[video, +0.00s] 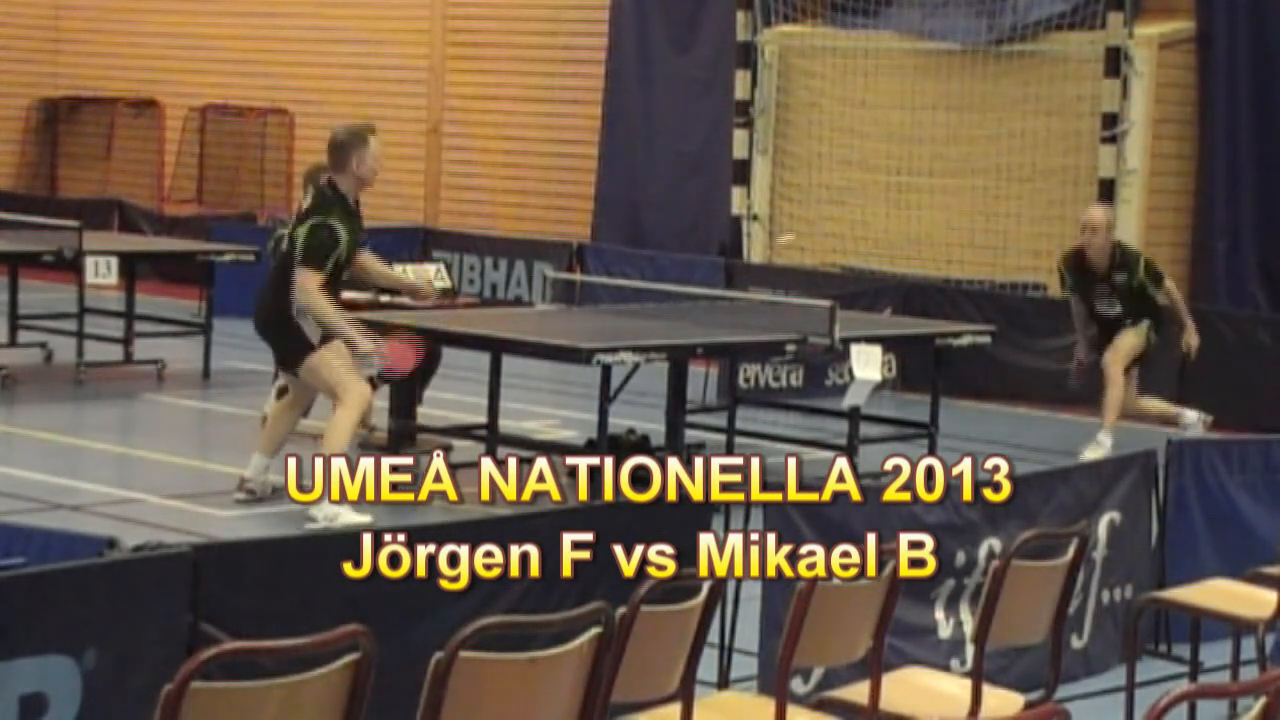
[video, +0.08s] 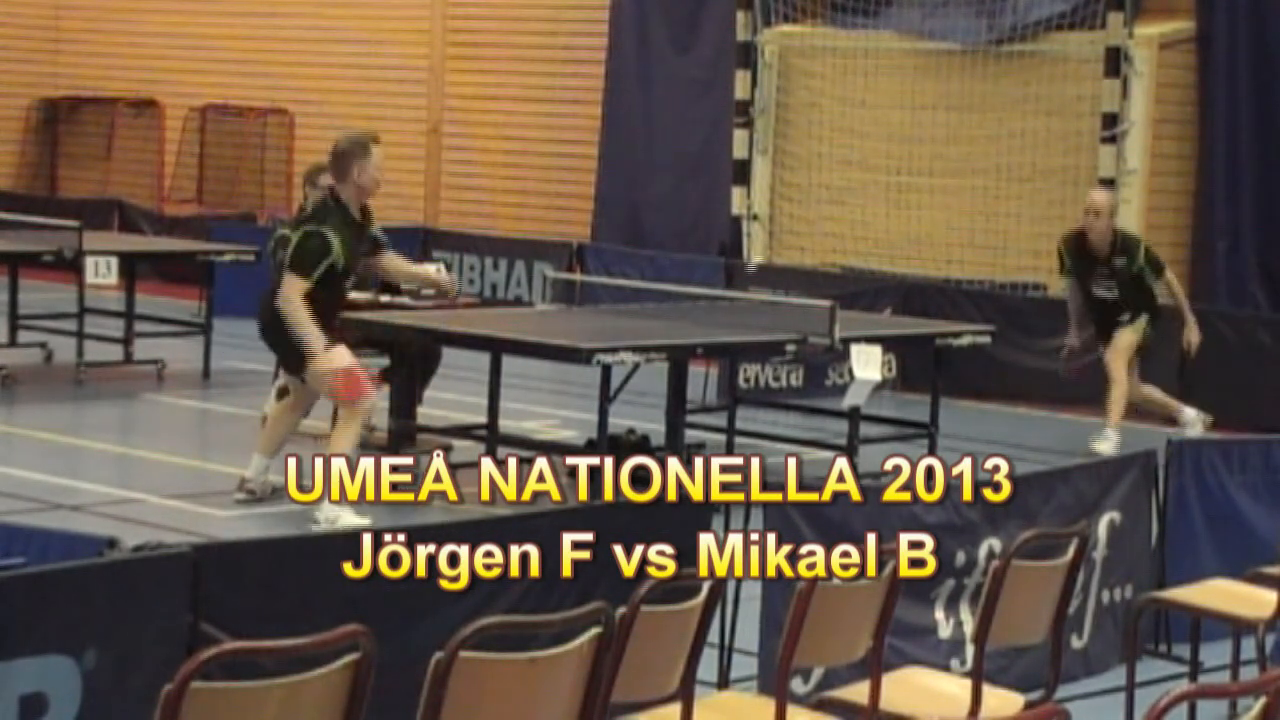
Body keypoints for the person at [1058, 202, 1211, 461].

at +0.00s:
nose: (1088, 238)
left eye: (1095, 231)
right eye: (1084, 230)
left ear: (1110, 233)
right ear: (1079, 232)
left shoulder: (1130, 259)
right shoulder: (1071, 263)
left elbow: (1168, 288)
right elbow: (1077, 307)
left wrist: (1189, 327)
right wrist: (1082, 343)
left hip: (1141, 321)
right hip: (1108, 328)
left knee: (1112, 361)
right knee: (1127, 404)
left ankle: (1104, 438)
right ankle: (1189, 417)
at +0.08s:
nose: (1090, 220)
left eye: (1097, 215)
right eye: (1087, 213)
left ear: (1112, 217)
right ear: (1082, 215)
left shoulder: (1131, 246)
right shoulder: (1071, 244)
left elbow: (1168, 279)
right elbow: (1073, 291)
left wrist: (1190, 322)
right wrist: (1074, 331)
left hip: (1136, 310)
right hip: (1103, 315)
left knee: (1116, 357)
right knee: (1131, 390)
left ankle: (1111, 433)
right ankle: (1189, 416)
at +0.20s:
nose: (1088, 211)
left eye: (1095, 205)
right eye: (1085, 204)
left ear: (1110, 208)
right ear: (1079, 206)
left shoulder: (1125, 240)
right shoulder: (1067, 236)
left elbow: (1160, 282)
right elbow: (1058, 280)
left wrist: (1174, 334)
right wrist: (1055, 326)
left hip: (1130, 306)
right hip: (1095, 309)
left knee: (1115, 359)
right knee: (1091, 376)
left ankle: (1150, 425)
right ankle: (1155, 402)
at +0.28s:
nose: (1081, 212)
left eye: (1087, 206)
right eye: (1076, 205)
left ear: (1099, 207)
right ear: (1069, 207)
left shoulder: (1115, 242)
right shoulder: (1060, 239)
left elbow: (1146, 286)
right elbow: (1050, 286)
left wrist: (1149, 334)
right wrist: (1039, 329)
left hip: (1126, 312)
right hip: (1090, 314)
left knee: (1123, 363)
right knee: (1063, 370)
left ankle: (1153, 429)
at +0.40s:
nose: (1055, 202)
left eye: (1060, 194)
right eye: (1049, 195)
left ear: (1070, 196)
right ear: (1041, 199)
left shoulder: (1091, 229)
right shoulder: (1037, 233)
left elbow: (1124, 275)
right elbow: (1030, 282)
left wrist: (1118, 311)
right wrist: (1019, 317)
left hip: (1106, 305)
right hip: (1070, 304)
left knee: (1122, 363)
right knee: (1043, 366)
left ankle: (1151, 428)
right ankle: (1057, 413)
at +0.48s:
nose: (1037, 193)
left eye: (1042, 187)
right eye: (1031, 187)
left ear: (1053, 188)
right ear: (1025, 191)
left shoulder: (1075, 220)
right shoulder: (1021, 224)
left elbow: (1108, 262)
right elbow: (1017, 272)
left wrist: (1102, 298)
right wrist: (1007, 306)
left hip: (1088, 295)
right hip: (1053, 295)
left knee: (1103, 354)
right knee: (1032, 362)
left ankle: (1134, 423)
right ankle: (1056, 414)